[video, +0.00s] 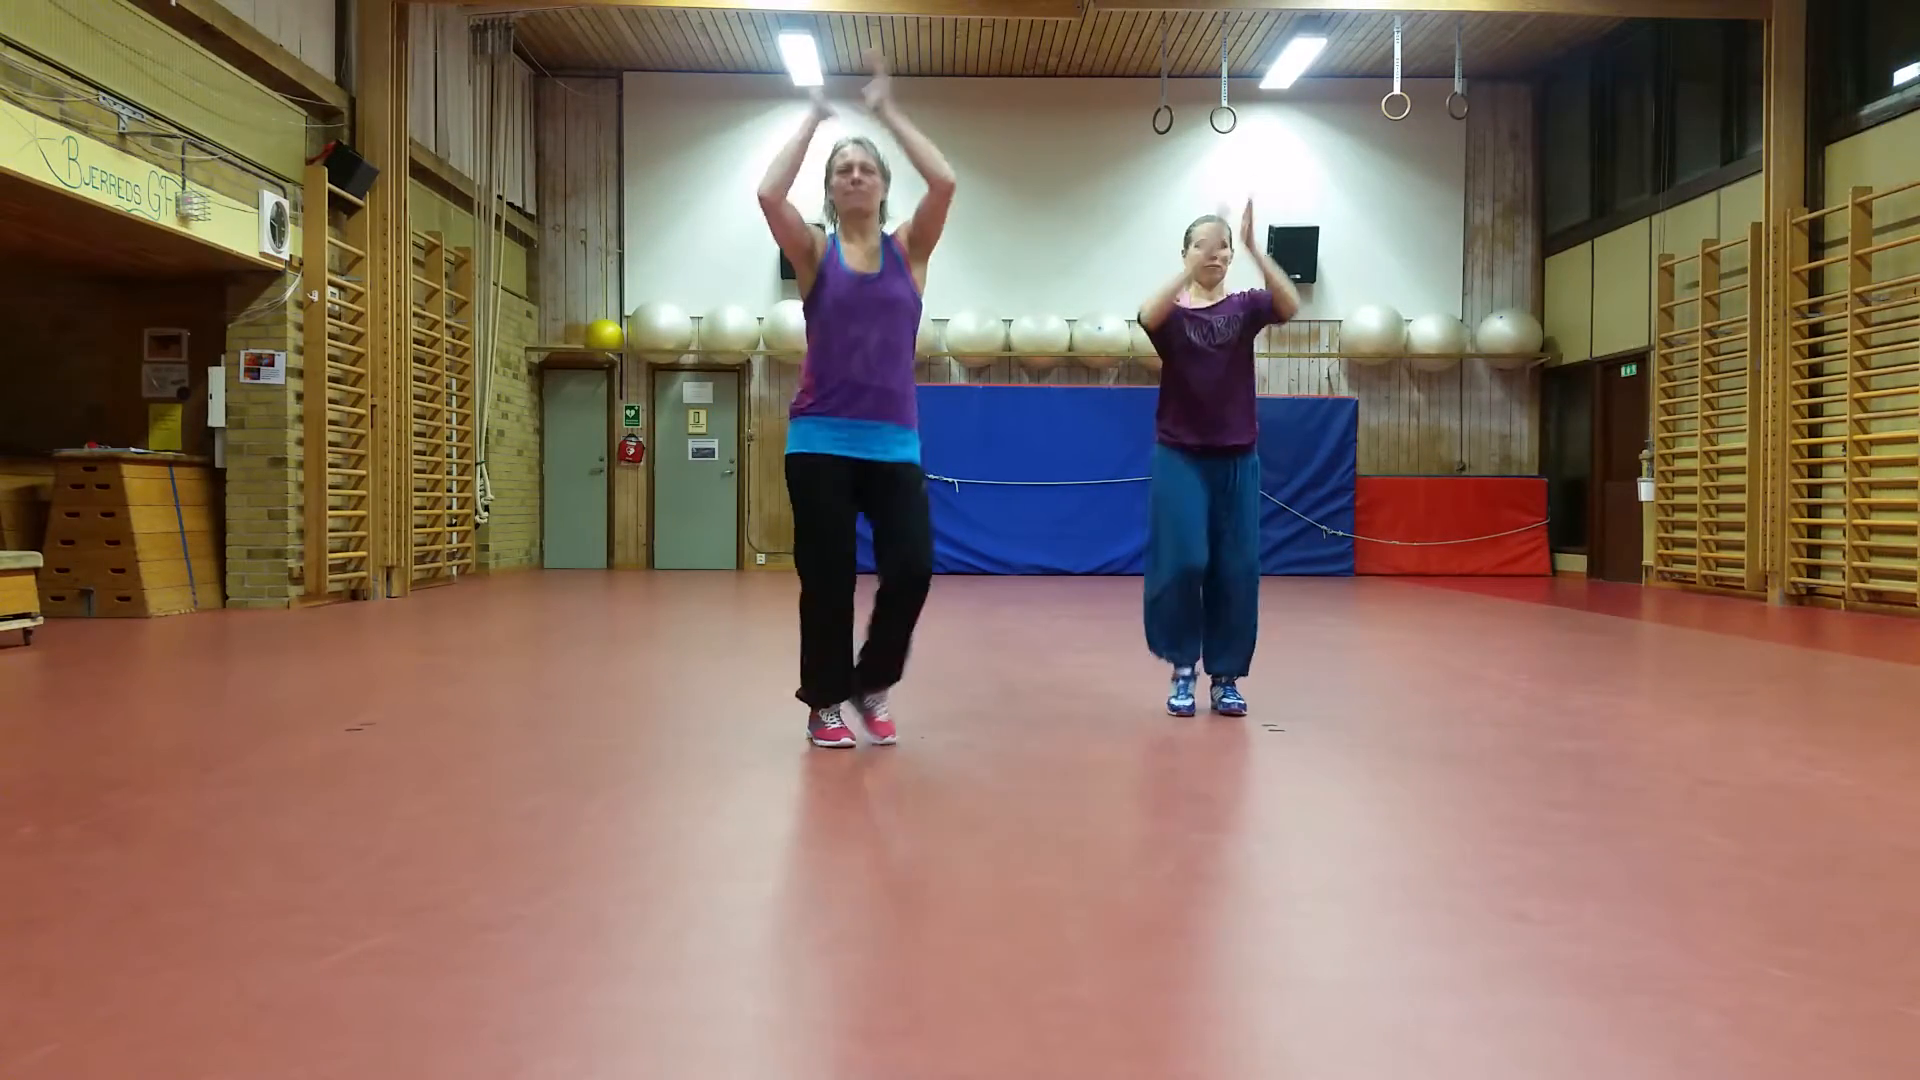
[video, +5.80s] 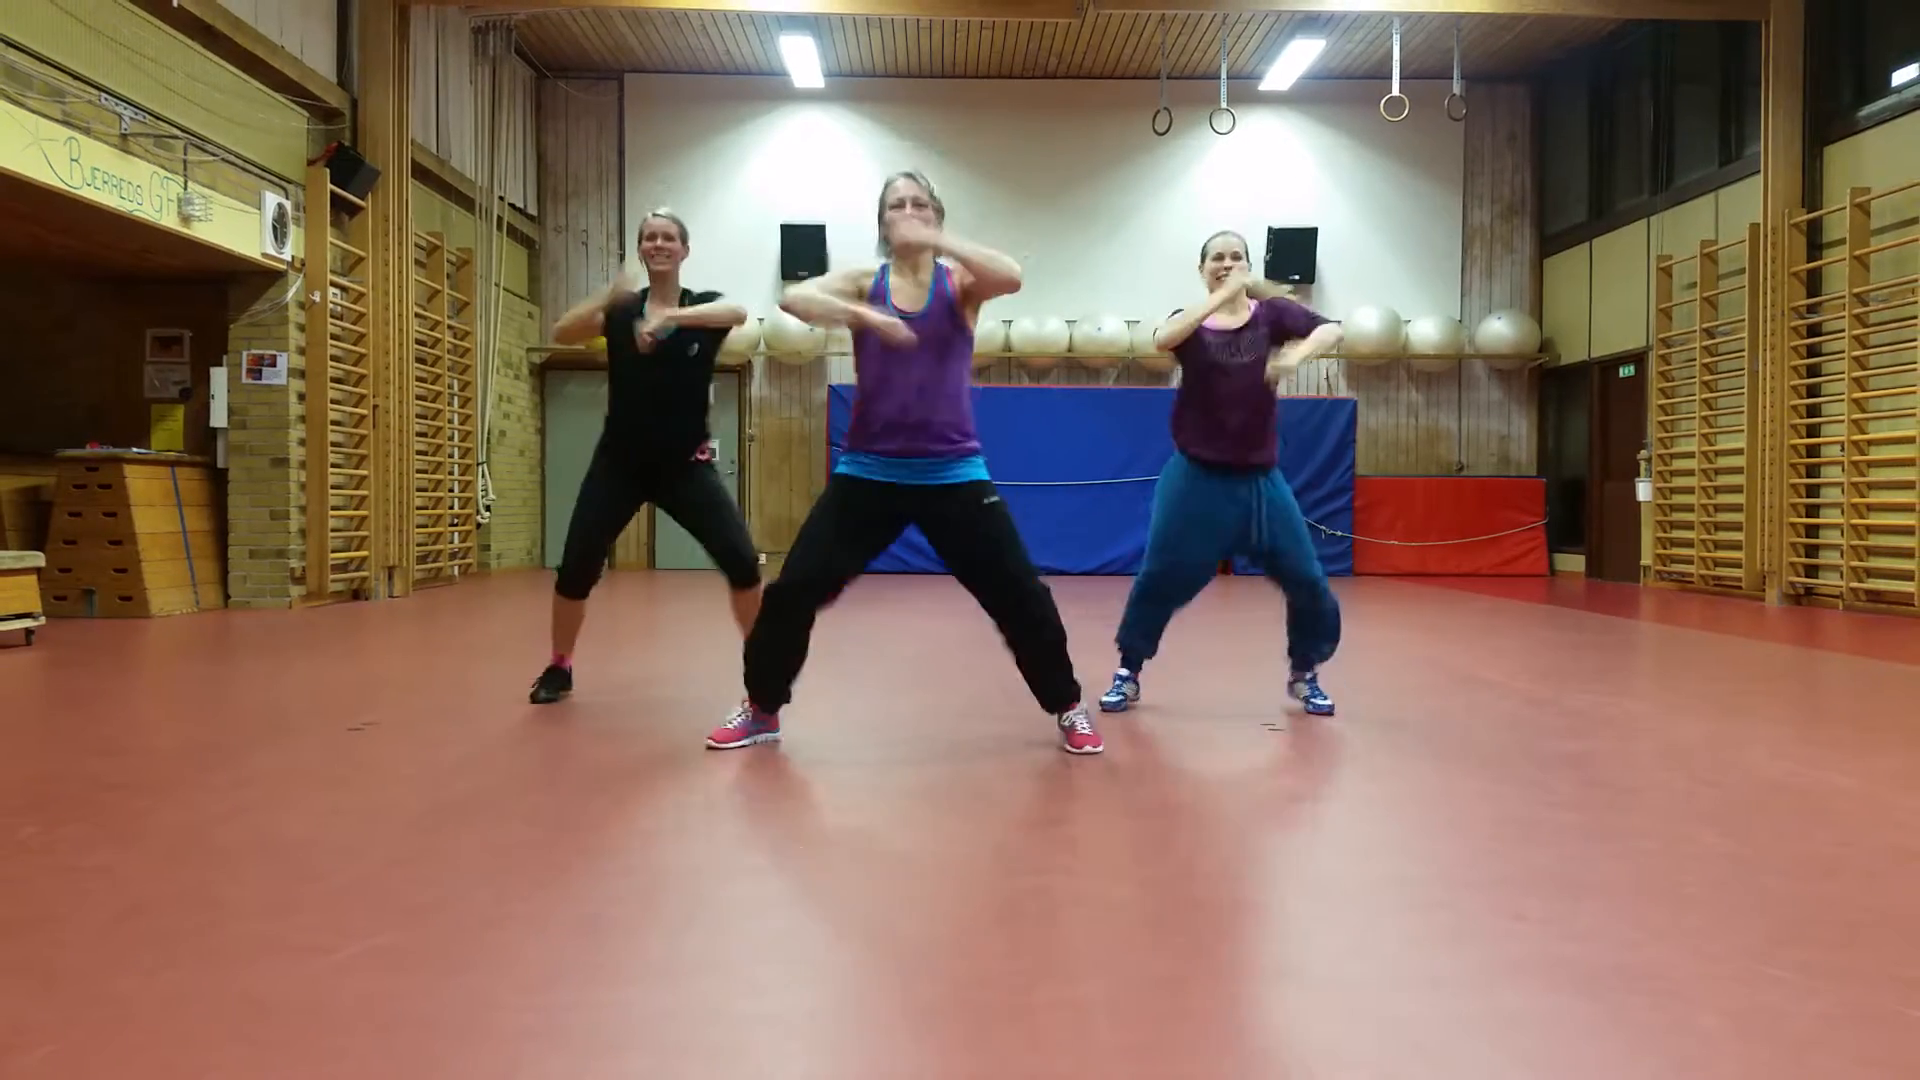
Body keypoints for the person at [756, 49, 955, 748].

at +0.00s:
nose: (852, 175)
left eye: (865, 169)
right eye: (841, 170)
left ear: (884, 187)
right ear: (828, 189)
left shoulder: (908, 251)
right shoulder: (814, 253)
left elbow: (944, 183)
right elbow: (769, 195)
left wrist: (886, 109)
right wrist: (814, 116)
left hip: (893, 439)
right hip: (822, 436)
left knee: (912, 568)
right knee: (828, 575)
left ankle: (869, 688)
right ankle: (825, 704)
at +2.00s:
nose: (891, 169)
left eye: (902, 160)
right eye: (879, 162)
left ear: (923, 175)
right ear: (867, 177)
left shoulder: (948, 236)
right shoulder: (853, 239)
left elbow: (981, 167)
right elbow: (804, 188)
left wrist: (923, 96)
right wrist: (855, 112)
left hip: (941, 428)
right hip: (865, 428)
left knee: (941, 572)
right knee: (834, 564)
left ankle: (934, 703)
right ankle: (862, 689)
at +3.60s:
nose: (890, 157)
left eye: (902, 149)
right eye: (879, 150)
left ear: (922, 168)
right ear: (865, 170)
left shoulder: (948, 234)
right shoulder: (846, 238)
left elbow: (1015, 236)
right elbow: (772, 266)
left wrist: (947, 180)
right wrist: (807, 196)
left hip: (939, 426)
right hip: (863, 424)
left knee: (943, 573)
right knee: (831, 560)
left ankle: (939, 708)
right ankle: (861, 693)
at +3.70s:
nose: (885, 144)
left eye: (897, 136)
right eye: (874, 136)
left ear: (918, 154)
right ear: (860, 156)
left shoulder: (947, 219)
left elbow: (1020, 269)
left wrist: (982, 240)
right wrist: (777, 251)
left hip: (934, 413)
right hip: (858, 409)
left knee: (933, 565)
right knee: (832, 551)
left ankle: (935, 703)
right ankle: (844, 689)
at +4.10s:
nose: (890, 163)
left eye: (901, 154)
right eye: (879, 156)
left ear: (923, 168)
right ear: (864, 173)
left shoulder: (948, 229)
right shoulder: (843, 235)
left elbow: (997, 260)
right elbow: (771, 259)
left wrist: (924, 226)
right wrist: (849, 282)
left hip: (946, 423)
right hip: (864, 424)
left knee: (1004, 551)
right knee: (790, 539)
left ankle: (1043, 683)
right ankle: (775, 678)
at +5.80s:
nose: (910, 211)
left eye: (920, 205)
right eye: (898, 205)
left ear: (937, 224)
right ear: (881, 225)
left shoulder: (958, 283)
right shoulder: (861, 281)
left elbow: (1010, 278)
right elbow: (793, 298)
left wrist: (943, 241)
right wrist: (867, 315)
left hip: (954, 473)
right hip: (869, 473)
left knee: (1019, 592)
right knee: (795, 588)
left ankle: (1070, 708)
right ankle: (761, 712)